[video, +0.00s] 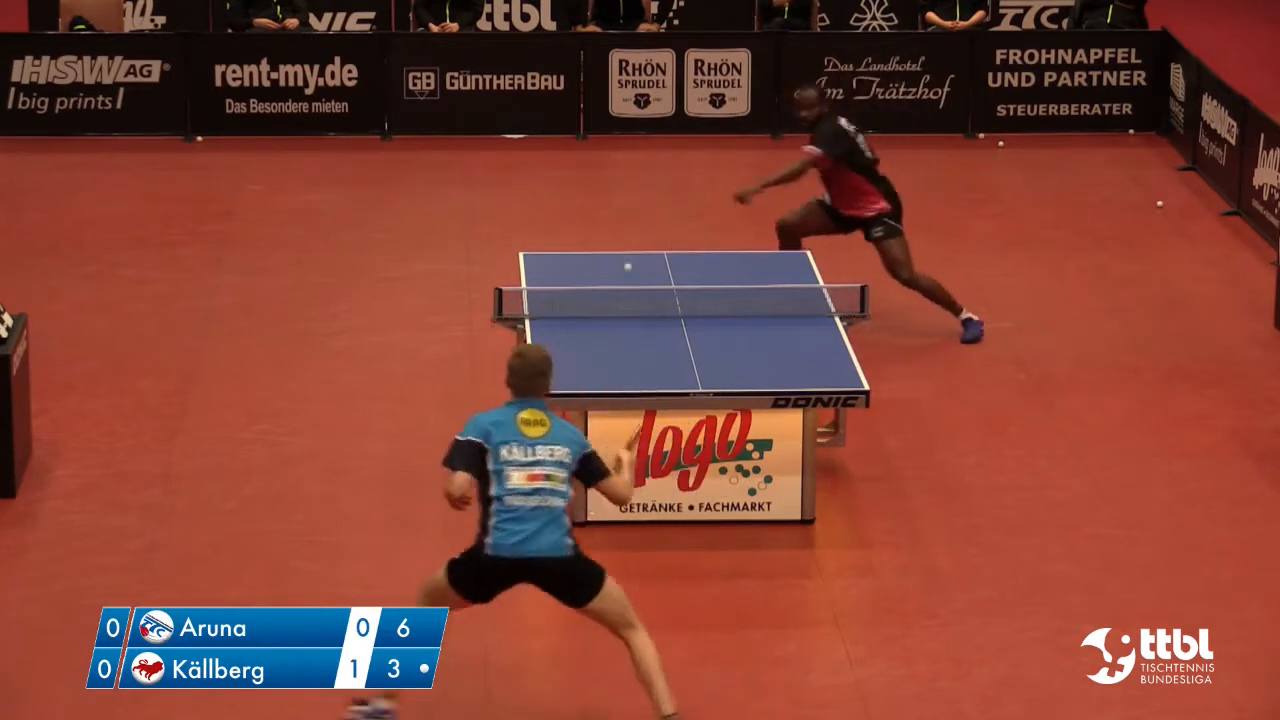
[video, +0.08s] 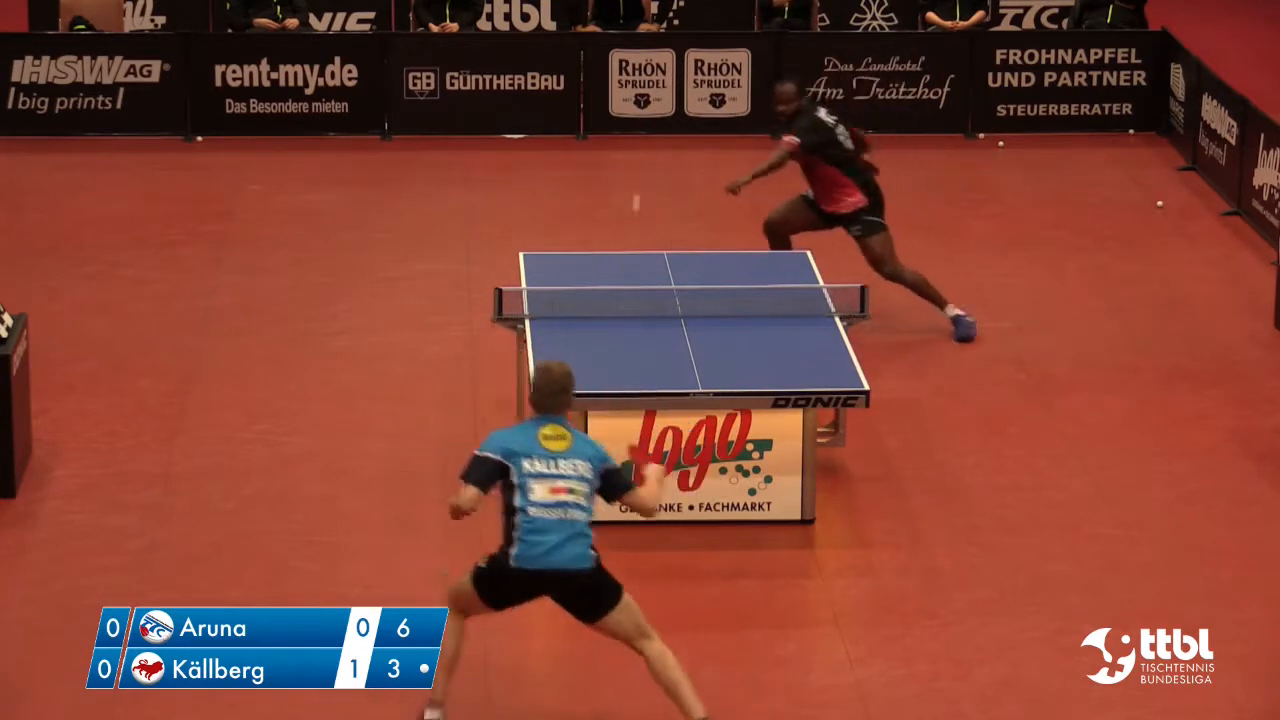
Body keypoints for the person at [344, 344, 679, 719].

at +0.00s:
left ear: (508, 383)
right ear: (549, 385)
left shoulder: (484, 425)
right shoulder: (569, 435)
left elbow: (459, 489)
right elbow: (621, 496)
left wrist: (459, 495)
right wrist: (625, 466)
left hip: (495, 557)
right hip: (558, 558)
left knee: (426, 601)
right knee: (630, 629)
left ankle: (381, 694)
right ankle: (669, 711)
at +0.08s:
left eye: (532, 388)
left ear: (530, 397)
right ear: (570, 401)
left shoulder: (505, 441)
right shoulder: (590, 449)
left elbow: (466, 501)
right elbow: (646, 506)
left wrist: (458, 507)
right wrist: (655, 478)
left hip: (520, 567)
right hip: (579, 571)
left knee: (456, 605)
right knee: (645, 639)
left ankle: (434, 706)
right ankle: (698, 714)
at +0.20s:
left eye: (582, 413)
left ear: (581, 419)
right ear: (621, 420)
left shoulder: (553, 460)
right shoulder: (641, 471)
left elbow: (499, 501)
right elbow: (700, 516)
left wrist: (491, 484)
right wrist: (704, 495)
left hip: (561, 591)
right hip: (623, 593)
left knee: (500, 633)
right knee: (698, 632)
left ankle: (444, 712)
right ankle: (720, 713)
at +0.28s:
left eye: (629, 406)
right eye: (655, 409)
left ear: (620, 414)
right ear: (660, 418)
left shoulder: (593, 453)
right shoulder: (680, 466)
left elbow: (532, 491)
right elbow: (735, 521)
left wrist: (540, 484)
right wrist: (729, 498)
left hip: (597, 584)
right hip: (656, 586)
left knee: (521, 640)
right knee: (751, 614)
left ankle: (458, 715)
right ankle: (759, 711)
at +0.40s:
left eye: (685, 419)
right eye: (711, 421)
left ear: (679, 425)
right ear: (718, 429)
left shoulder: (645, 463)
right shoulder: (730, 480)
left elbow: (585, 509)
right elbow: (773, 551)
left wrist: (618, 523)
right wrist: (793, 544)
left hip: (645, 597)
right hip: (707, 602)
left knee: (565, 634)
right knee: (786, 665)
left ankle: (549, 714)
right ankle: (841, 717)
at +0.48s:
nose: (764, 452)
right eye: (764, 446)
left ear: (719, 447)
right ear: (760, 454)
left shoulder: (684, 484)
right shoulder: (764, 501)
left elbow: (648, 549)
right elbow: (798, 579)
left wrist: (687, 542)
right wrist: (839, 586)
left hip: (673, 617)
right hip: (733, 619)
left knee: (603, 675)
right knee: (814, 676)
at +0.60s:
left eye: (746, 447)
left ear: (745, 454)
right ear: (786, 462)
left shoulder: (710, 489)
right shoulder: (793, 516)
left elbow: (666, 549)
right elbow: (793, 597)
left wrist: (698, 528)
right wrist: (769, 586)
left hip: (691, 622)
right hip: (750, 628)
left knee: (625, 676)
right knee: (830, 670)